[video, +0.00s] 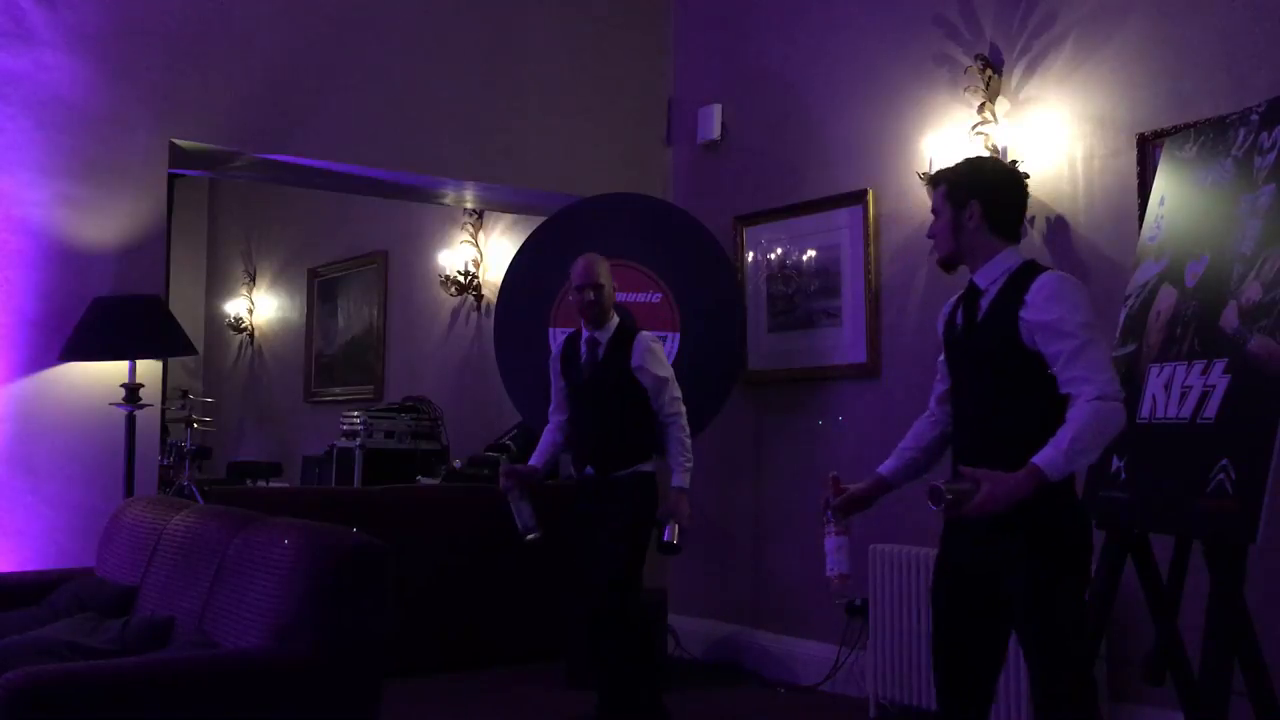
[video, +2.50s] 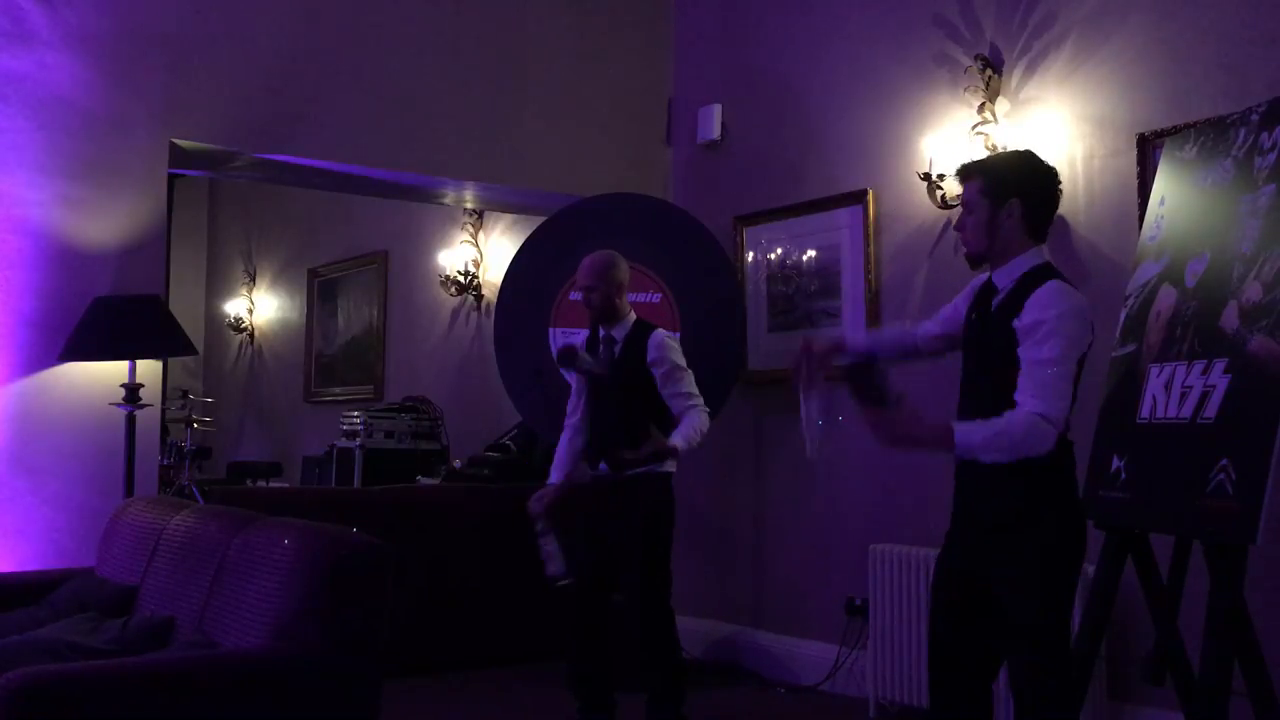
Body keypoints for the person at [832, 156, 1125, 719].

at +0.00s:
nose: (929, 229)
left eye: (936, 213)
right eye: (931, 215)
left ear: (972, 216)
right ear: (974, 219)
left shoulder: (1049, 294)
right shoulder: (957, 315)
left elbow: (1102, 405)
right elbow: (942, 416)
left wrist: (1025, 479)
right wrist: (875, 485)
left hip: (1041, 526)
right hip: (969, 525)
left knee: (1060, 696)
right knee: (960, 694)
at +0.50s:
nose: (906, 237)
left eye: (914, 221)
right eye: (908, 223)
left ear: (951, 224)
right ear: (952, 226)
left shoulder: (1027, 299)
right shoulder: (926, 317)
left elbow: (1070, 400)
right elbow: (905, 416)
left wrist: (1024, 468)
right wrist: (855, 489)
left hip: (1011, 518)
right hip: (939, 519)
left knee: (1031, 682)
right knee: (940, 683)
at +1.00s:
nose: (915, 245)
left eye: (924, 230)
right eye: (913, 232)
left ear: (969, 224)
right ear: (958, 228)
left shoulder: (1039, 294)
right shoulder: (936, 318)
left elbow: (1090, 398)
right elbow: (900, 417)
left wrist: (1039, 455)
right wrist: (837, 494)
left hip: (1031, 517)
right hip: (958, 518)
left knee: (1042, 684)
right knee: (953, 684)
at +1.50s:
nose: (959, 209)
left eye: (972, 198)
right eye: (964, 196)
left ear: (1016, 212)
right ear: (1006, 214)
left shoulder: (1056, 304)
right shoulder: (976, 294)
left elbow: (1064, 432)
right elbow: (886, 309)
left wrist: (983, 520)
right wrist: (816, 241)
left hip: (1030, 530)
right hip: (967, 525)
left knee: (1040, 697)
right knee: (954, 690)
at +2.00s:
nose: (953, 218)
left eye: (968, 206)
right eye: (954, 205)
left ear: (1013, 215)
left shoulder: (1040, 300)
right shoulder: (960, 294)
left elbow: (1041, 428)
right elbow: (926, 381)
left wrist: (959, 444)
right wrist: (929, 420)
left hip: (1033, 503)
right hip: (973, 497)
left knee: (1038, 677)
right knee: (948, 667)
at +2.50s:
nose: (957, 222)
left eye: (968, 207)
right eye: (959, 208)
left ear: (1011, 214)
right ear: (1004, 217)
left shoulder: (1054, 304)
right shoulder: (983, 294)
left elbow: (1037, 427)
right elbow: (925, 339)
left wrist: (929, 432)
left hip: (1034, 511)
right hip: (979, 504)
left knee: (1038, 679)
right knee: (956, 673)